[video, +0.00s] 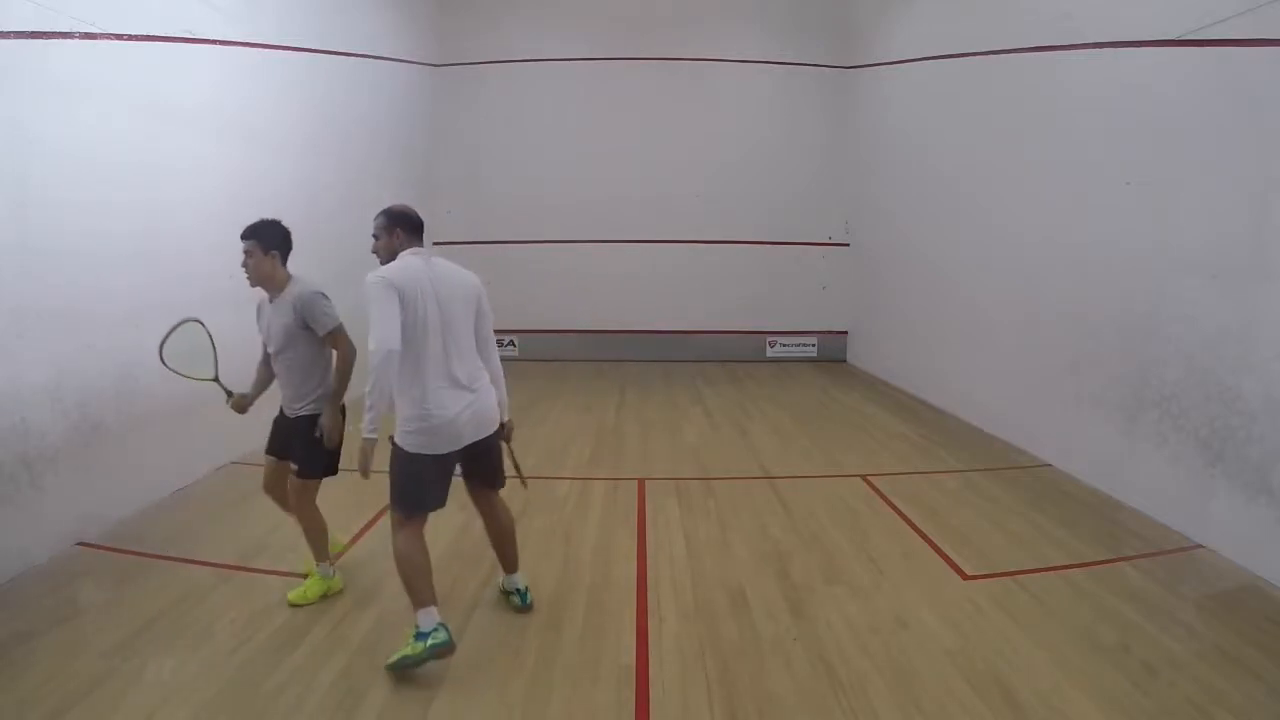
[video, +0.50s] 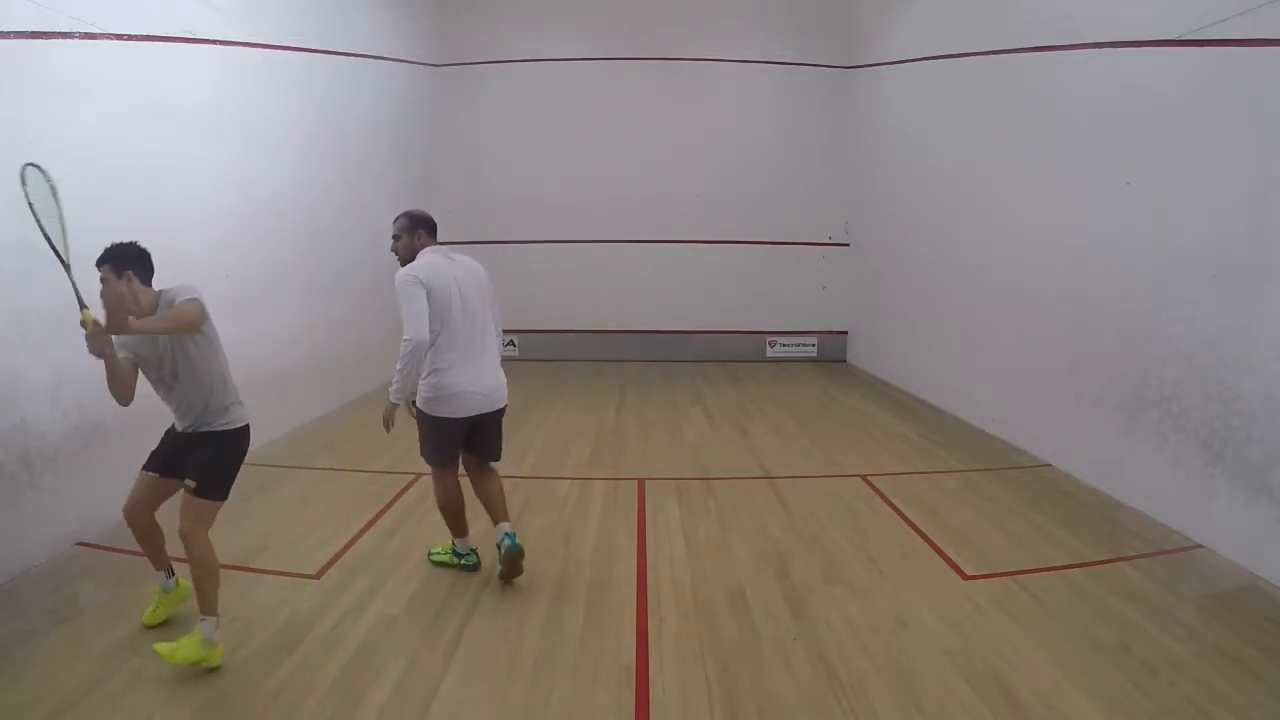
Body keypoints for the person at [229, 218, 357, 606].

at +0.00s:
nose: (242, 263)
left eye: (248, 255)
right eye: (242, 255)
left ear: (273, 257)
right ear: (265, 259)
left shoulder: (308, 298)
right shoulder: (265, 308)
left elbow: (346, 350)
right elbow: (270, 360)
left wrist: (334, 406)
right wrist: (251, 395)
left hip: (318, 415)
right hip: (288, 414)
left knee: (302, 498)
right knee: (275, 487)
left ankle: (326, 573)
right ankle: (328, 541)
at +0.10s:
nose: (211, 261)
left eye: (217, 252)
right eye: (211, 254)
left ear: (243, 253)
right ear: (234, 256)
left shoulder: (278, 294)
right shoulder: (232, 306)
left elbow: (319, 345)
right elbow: (234, 359)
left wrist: (305, 401)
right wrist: (218, 391)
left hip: (297, 415)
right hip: (260, 416)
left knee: (292, 503)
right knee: (241, 491)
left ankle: (323, 573)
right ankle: (246, 575)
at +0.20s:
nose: (179, 267)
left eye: (185, 258)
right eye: (178, 260)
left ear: (213, 260)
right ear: (198, 263)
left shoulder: (249, 301)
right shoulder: (197, 315)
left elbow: (293, 350)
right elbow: (194, 371)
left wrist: (273, 396)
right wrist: (180, 395)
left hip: (269, 427)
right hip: (230, 429)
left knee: (271, 518)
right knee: (206, 506)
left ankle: (321, 571)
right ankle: (201, 594)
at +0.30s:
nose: (149, 279)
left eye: (155, 270)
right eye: (149, 270)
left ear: (182, 272)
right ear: (168, 275)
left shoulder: (223, 309)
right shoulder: (165, 327)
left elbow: (267, 355)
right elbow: (158, 397)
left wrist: (243, 384)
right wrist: (140, 396)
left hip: (241, 435)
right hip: (200, 436)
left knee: (237, 531)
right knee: (166, 518)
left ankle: (300, 565)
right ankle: (193, 600)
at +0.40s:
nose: (123, 282)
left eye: (129, 272)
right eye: (122, 274)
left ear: (156, 270)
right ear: (148, 274)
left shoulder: (201, 299)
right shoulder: (143, 328)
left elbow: (234, 332)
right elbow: (136, 396)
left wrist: (192, 356)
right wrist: (119, 381)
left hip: (229, 428)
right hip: (187, 432)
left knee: (206, 521)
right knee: (155, 517)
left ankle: (261, 595)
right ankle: (186, 596)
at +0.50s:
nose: (101, 292)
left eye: (104, 282)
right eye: (99, 284)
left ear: (129, 280)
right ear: (128, 283)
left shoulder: (180, 298)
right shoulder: (125, 334)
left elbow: (194, 318)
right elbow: (124, 396)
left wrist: (129, 327)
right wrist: (108, 354)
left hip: (225, 428)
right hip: (185, 430)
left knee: (192, 529)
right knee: (137, 512)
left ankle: (209, 637)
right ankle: (171, 585)